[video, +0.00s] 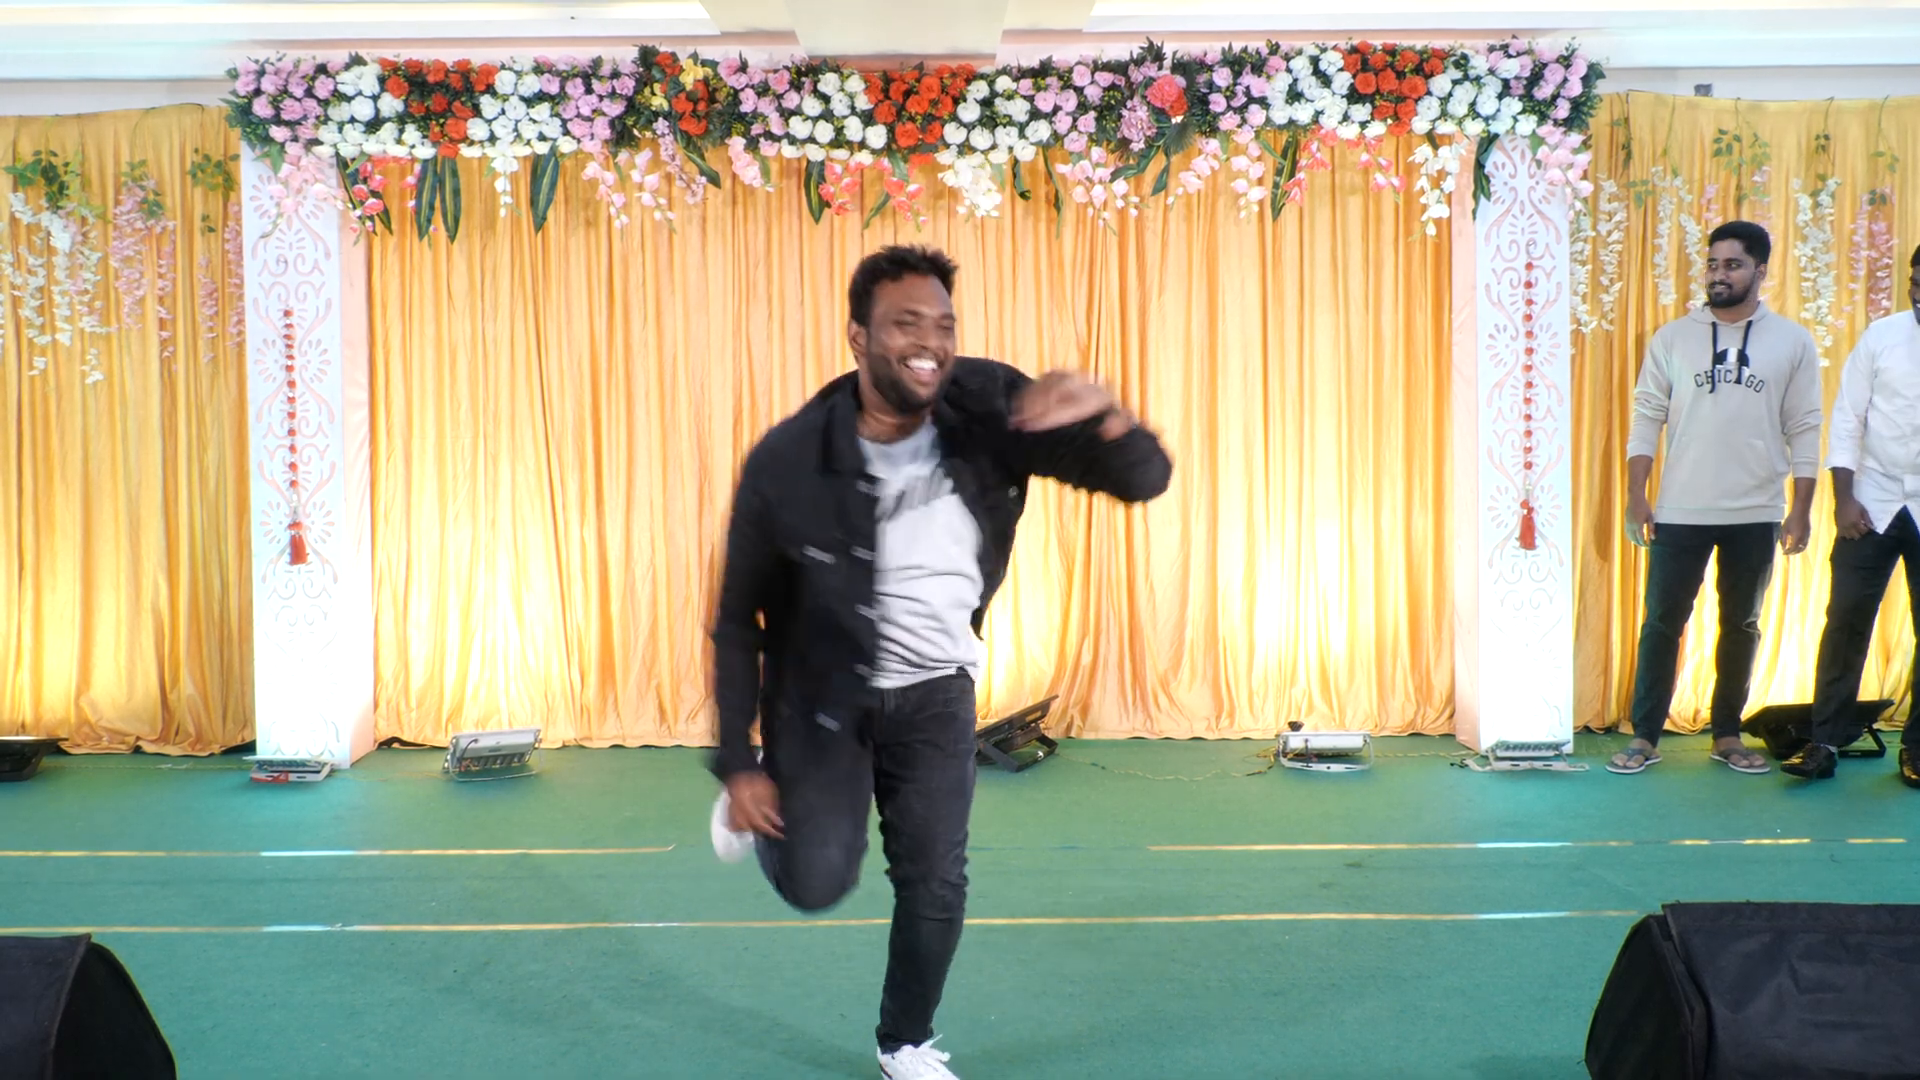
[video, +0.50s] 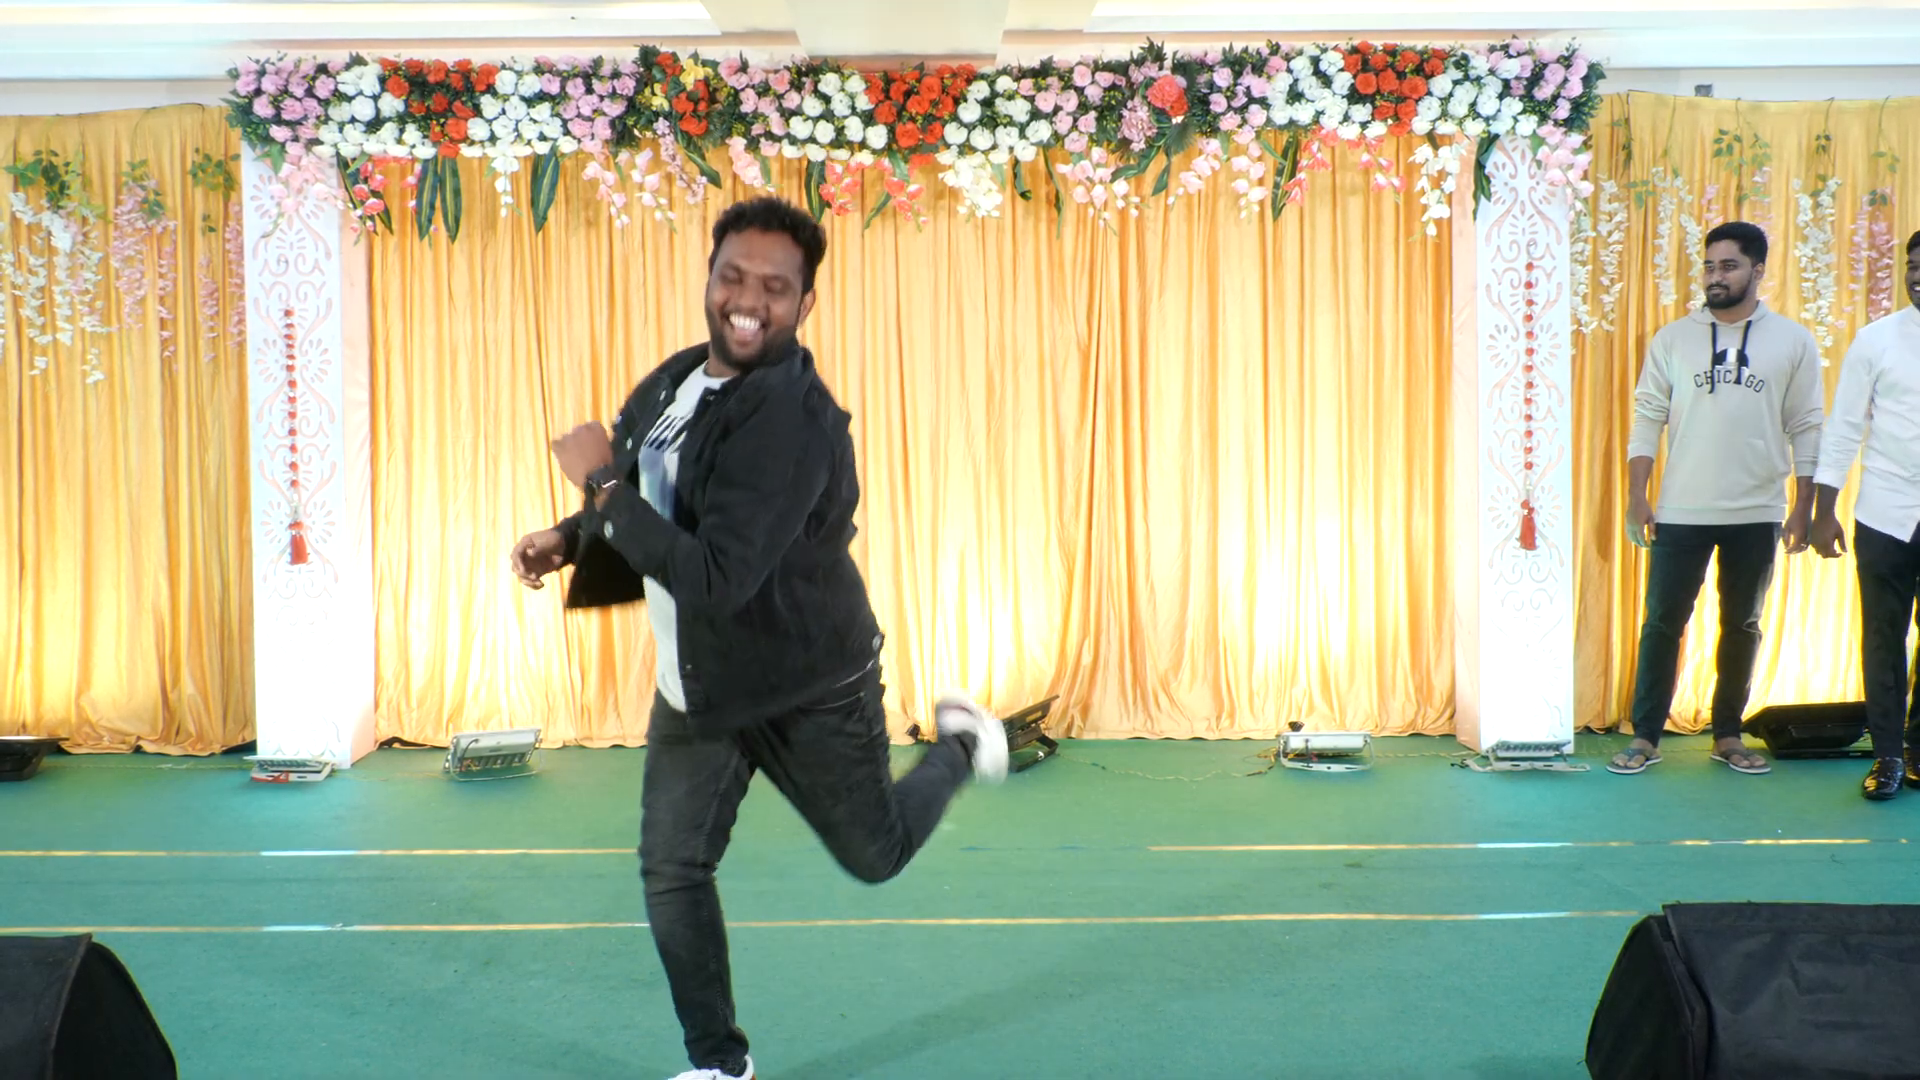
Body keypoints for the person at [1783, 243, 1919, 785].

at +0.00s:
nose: (1917, 282)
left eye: (1919, 275)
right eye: (1914, 274)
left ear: (1919, 282)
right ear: (1909, 280)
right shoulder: (1884, 336)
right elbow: (1846, 420)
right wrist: (1843, 497)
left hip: (1918, 510)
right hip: (1878, 500)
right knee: (1845, 621)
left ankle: (1915, 746)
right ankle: (1823, 741)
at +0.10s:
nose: (1918, 282)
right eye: (1916, 274)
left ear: (1919, 283)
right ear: (1911, 281)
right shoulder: (1884, 336)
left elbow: (1847, 415)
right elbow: (1848, 416)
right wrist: (1840, 493)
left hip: (1919, 508)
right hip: (1877, 497)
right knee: (1847, 618)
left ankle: (1915, 747)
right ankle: (1831, 740)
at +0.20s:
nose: (1919, 279)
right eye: (1918, 270)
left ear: (1919, 279)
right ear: (1913, 278)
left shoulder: (1890, 336)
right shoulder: (1886, 335)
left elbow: (1850, 415)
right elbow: (1851, 415)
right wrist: (1838, 492)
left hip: (1918, 507)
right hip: (1879, 499)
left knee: (1919, 633)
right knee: (1858, 617)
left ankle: (1914, 748)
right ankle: (1855, 742)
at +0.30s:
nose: (1918, 282)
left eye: (1919, 274)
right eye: (1917, 274)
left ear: (1915, 283)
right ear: (1912, 282)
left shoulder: (1887, 337)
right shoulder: (1885, 337)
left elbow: (1849, 419)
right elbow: (1850, 419)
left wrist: (1833, 498)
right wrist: (1832, 499)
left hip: (1911, 512)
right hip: (1881, 506)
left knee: (1909, 642)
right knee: (1874, 636)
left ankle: (1908, 747)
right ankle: (1879, 754)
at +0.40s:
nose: (1917, 281)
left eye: (1917, 272)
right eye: (1916, 272)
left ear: (1913, 281)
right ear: (1910, 280)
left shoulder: (1885, 338)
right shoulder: (1882, 338)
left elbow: (1847, 423)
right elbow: (1848, 424)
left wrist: (1829, 501)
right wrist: (1828, 501)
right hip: (1886, 512)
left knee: (1905, 640)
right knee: (1887, 635)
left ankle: (1906, 752)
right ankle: (1890, 755)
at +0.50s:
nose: (1915, 276)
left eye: (1916, 267)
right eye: (1911, 266)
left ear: (1915, 274)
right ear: (1905, 273)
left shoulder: (1884, 340)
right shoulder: (1879, 340)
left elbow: (1842, 428)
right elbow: (1844, 427)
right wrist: (1824, 505)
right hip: (1889, 514)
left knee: (1906, 643)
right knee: (1885, 640)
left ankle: (1905, 751)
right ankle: (1889, 756)